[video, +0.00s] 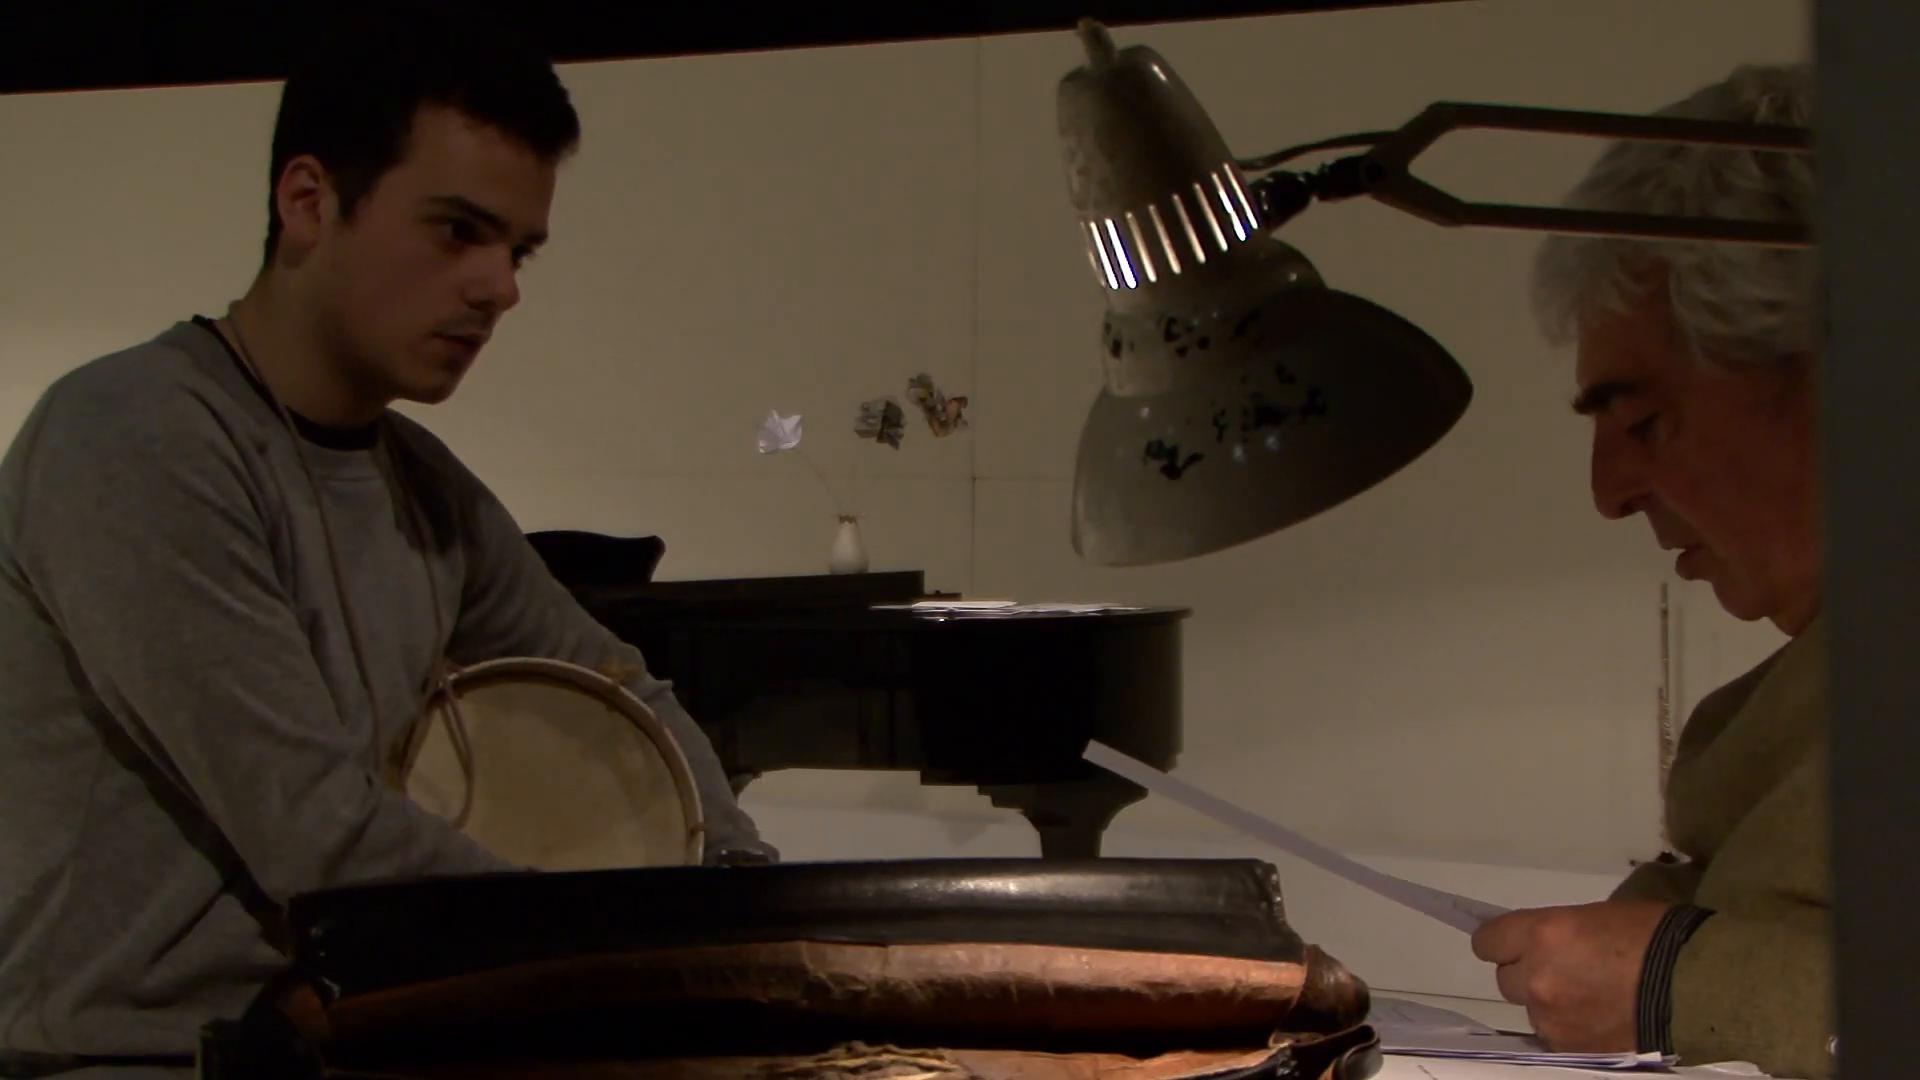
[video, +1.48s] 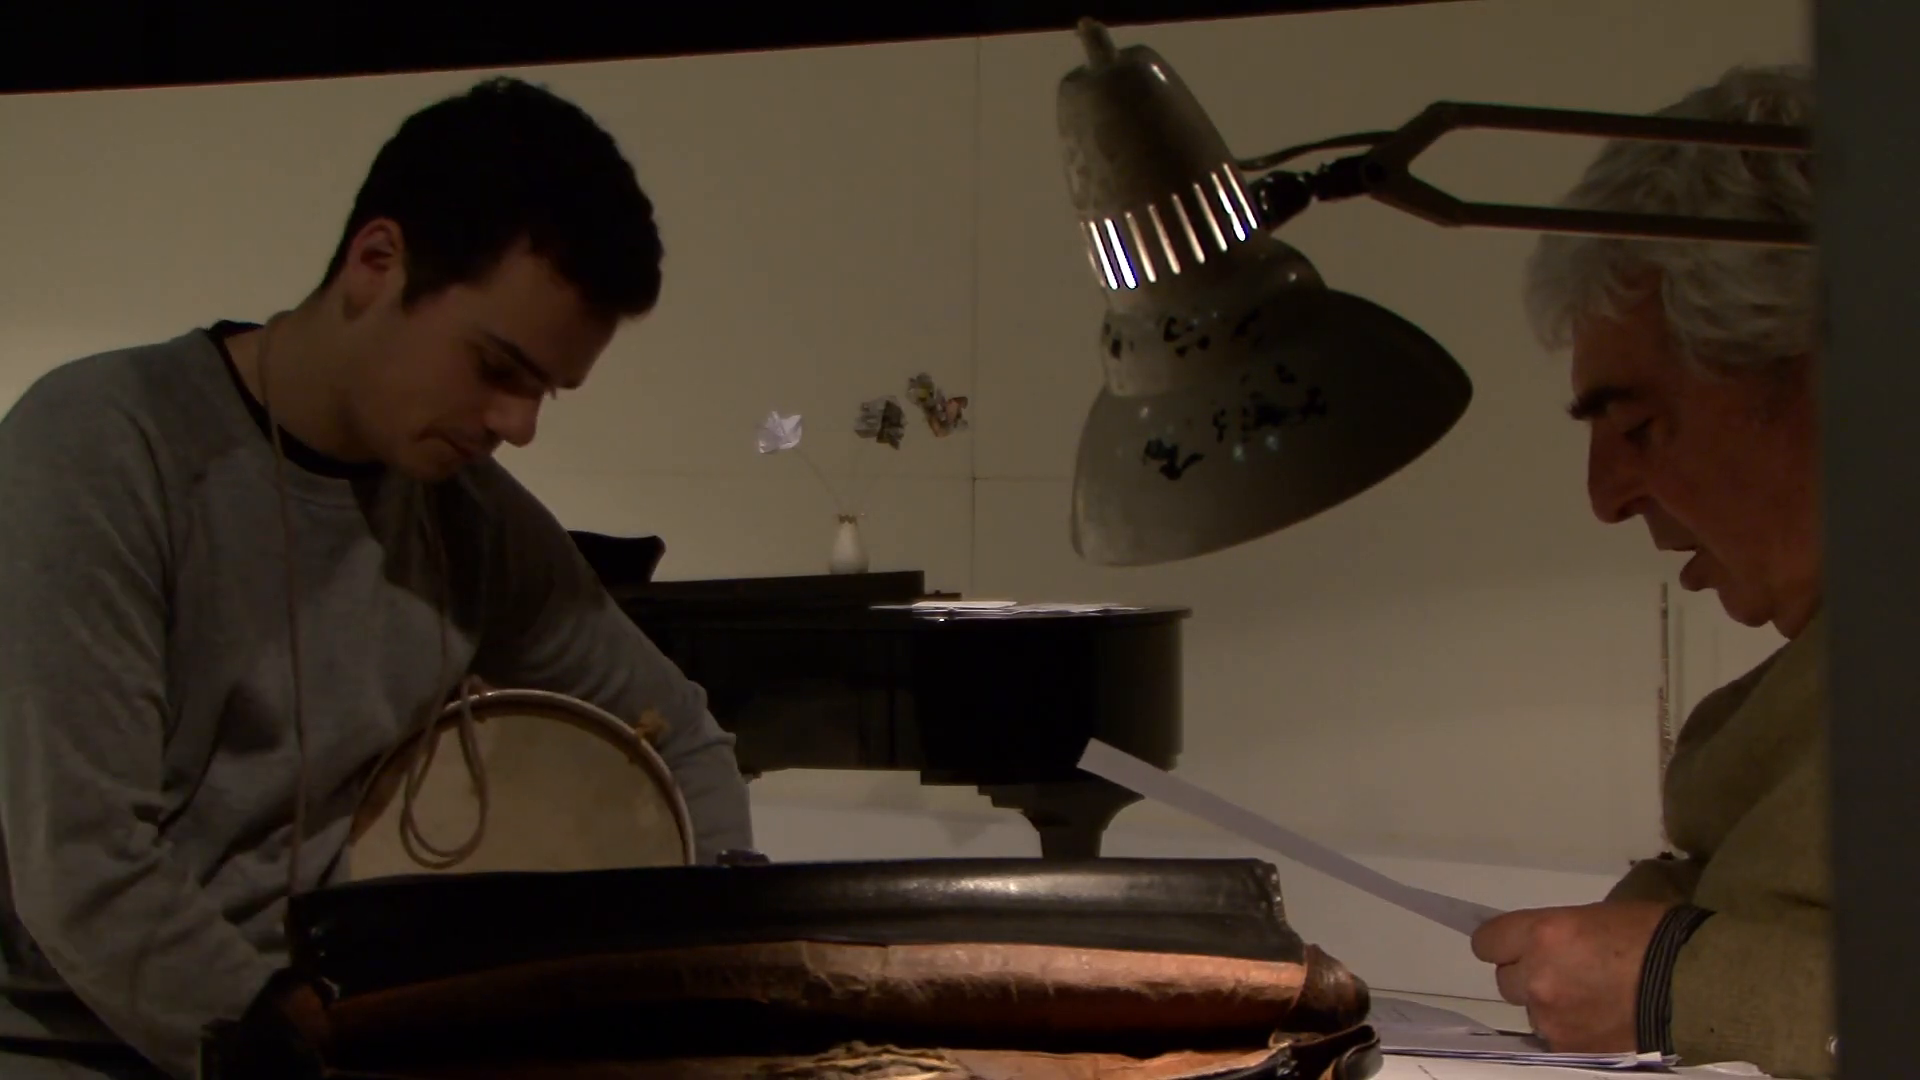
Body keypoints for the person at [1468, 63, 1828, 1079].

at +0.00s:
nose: (1612, 494)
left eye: (1640, 418)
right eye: (1602, 429)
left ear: (1817, 368)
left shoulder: (1869, 664)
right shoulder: (1790, 687)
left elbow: (1887, 1008)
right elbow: (1760, 885)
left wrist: (1675, 984)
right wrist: (1654, 932)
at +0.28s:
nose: (1610, 499)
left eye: (1639, 422)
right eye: (1600, 434)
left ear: (1826, 368)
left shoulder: (1876, 660)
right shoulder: (1796, 677)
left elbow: (1896, 1004)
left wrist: (1675, 985)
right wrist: (1653, 934)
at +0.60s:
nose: (1608, 500)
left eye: (1637, 425)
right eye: (1599, 436)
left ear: (1822, 372)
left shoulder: (1878, 655)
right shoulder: (1798, 669)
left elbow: (1894, 1002)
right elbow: (1754, 884)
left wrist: (1674, 985)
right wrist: (1646, 942)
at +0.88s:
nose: (1610, 493)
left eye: (1640, 419)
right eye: (1601, 429)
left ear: (1825, 368)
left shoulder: (1869, 662)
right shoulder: (1796, 676)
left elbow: (1886, 1003)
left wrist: (1675, 985)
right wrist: (1651, 944)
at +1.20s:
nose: (1612, 495)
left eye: (1640, 418)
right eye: (1602, 430)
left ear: (1823, 367)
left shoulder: (1869, 658)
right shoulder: (1798, 672)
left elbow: (1888, 1005)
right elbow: (1759, 880)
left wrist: (1675, 985)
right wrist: (1651, 933)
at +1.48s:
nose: (1609, 499)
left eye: (1636, 424)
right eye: (1600, 436)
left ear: (1818, 368)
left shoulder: (1875, 659)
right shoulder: (1802, 672)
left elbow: (1896, 1003)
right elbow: (1752, 875)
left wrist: (1676, 985)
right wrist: (1650, 931)